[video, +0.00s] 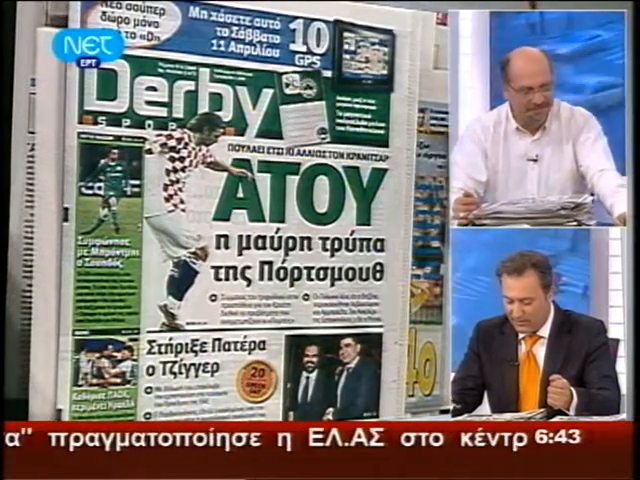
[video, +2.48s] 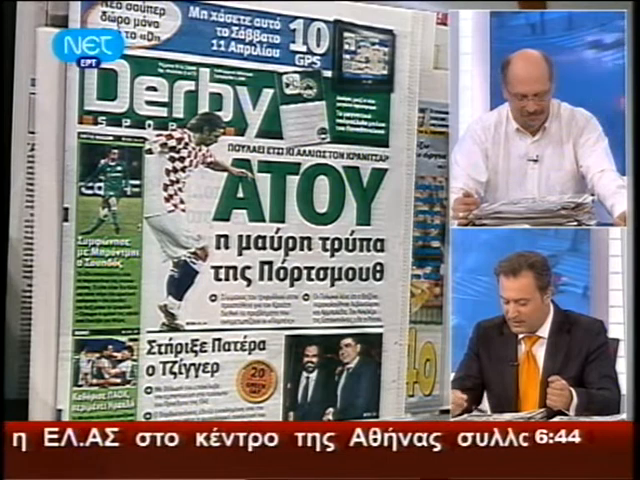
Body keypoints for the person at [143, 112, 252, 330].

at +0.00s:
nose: (215, 141)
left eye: (217, 137)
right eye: (215, 136)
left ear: (206, 132)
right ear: (205, 130)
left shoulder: (199, 149)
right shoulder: (178, 137)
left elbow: (212, 162)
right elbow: (149, 146)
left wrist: (231, 170)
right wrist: (154, 148)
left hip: (166, 209)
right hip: (161, 207)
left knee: (181, 260)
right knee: (200, 251)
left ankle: (171, 317)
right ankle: (172, 304)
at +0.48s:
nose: (215, 141)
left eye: (217, 137)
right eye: (215, 136)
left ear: (206, 132)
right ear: (205, 130)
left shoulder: (199, 149)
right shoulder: (179, 137)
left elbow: (212, 162)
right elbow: (150, 146)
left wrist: (231, 170)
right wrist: (153, 148)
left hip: (166, 209)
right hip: (161, 207)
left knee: (181, 260)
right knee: (200, 251)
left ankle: (171, 317)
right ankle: (172, 304)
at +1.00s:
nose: (215, 141)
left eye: (217, 137)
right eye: (215, 136)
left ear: (206, 132)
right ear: (205, 130)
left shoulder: (199, 149)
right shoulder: (179, 137)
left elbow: (212, 162)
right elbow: (150, 146)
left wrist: (231, 170)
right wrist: (153, 148)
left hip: (166, 209)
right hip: (161, 208)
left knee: (181, 260)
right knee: (200, 251)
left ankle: (171, 317)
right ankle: (172, 304)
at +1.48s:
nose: (215, 141)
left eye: (217, 137)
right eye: (215, 136)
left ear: (206, 132)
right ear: (205, 130)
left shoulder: (199, 149)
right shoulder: (179, 137)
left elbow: (212, 162)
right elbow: (150, 145)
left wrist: (231, 170)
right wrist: (153, 148)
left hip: (167, 209)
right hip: (161, 207)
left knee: (181, 260)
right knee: (200, 251)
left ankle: (171, 317)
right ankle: (172, 304)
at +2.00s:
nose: (216, 141)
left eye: (218, 137)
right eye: (216, 136)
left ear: (206, 132)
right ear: (206, 130)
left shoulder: (199, 149)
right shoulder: (179, 137)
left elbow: (212, 162)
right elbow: (151, 145)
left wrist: (231, 170)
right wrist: (153, 147)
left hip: (165, 208)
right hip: (161, 207)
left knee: (181, 260)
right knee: (200, 251)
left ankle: (171, 317)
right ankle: (172, 304)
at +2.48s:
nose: (215, 141)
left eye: (217, 137)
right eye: (215, 136)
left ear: (207, 132)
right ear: (205, 130)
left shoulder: (199, 150)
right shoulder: (179, 137)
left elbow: (212, 162)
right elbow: (149, 146)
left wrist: (232, 170)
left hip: (165, 209)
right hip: (161, 208)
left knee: (180, 262)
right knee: (200, 251)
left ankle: (170, 317)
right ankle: (172, 304)